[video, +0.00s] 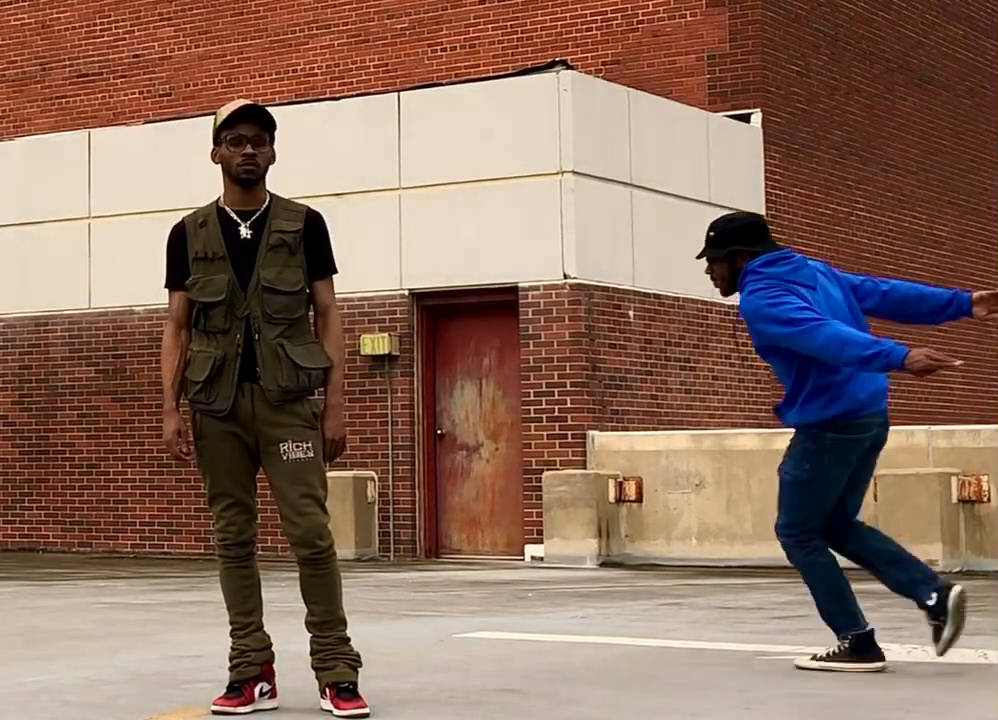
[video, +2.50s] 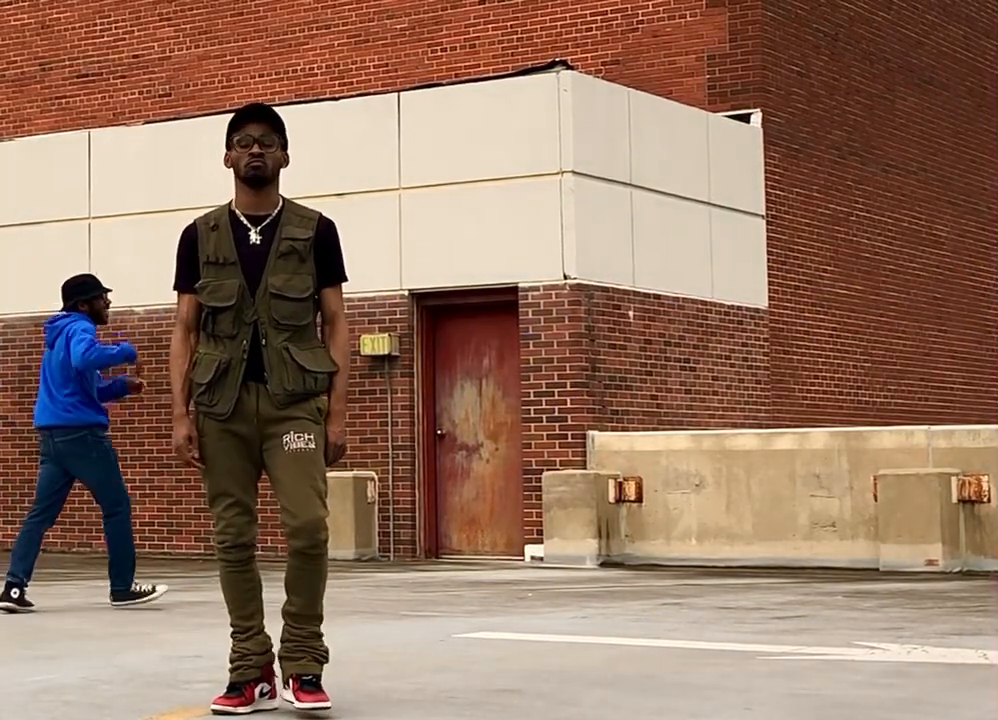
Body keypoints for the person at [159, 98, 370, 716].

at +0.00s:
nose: (248, 150)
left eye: (257, 141)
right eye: (236, 142)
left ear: (273, 151)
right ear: (217, 153)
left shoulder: (304, 224)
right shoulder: (187, 233)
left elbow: (327, 317)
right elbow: (177, 325)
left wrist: (334, 399)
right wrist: (171, 405)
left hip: (289, 403)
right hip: (215, 407)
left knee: (312, 538)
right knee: (233, 540)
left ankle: (336, 672)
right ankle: (249, 669)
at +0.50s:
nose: (241, 151)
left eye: (252, 143)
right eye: (231, 143)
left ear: (269, 153)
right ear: (213, 154)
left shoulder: (302, 225)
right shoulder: (187, 235)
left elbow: (328, 318)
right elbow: (177, 327)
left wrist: (334, 403)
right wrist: (172, 407)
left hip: (288, 404)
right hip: (213, 408)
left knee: (310, 538)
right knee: (233, 541)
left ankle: (337, 671)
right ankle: (250, 668)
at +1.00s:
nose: (241, 153)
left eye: (251, 144)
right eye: (230, 144)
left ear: (268, 154)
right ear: (212, 155)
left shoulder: (301, 224)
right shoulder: (187, 235)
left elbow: (327, 317)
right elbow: (177, 329)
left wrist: (333, 403)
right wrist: (171, 409)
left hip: (287, 403)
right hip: (212, 407)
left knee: (309, 538)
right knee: (232, 540)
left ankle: (336, 671)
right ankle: (250, 667)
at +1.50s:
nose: (241, 154)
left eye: (251, 145)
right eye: (230, 145)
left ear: (269, 155)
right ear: (213, 156)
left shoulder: (303, 224)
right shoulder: (189, 235)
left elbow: (328, 317)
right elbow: (178, 327)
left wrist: (333, 403)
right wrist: (173, 408)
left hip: (288, 402)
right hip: (213, 406)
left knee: (309, 537)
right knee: (232, 540)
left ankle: (336, 671)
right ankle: (250, 667)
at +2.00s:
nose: (242, 158)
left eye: (253, 149)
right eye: (231, 150)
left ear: (272, 158)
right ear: (215, 160)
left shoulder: (304, 227)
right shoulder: (190, 237)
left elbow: (330, 319)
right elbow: (177, 329)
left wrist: (335, 403)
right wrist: (174, 408)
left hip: (290, 403)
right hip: (214, 407)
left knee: (313, 536)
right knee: (232, 540)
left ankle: (331, 669)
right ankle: (250, 668)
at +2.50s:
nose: (255, 151)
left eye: (266, 143)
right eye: (244, 144)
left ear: (284, 156)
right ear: (228, 158)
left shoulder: (314, 229)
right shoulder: (199, 234)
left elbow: (336, 320)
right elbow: (184, 328)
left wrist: (336, 403)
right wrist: (180, 411)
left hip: (296, 403)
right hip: (221, 405)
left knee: (309, 529)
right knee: (232, 540)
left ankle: (303, 664)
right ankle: (249, 668)